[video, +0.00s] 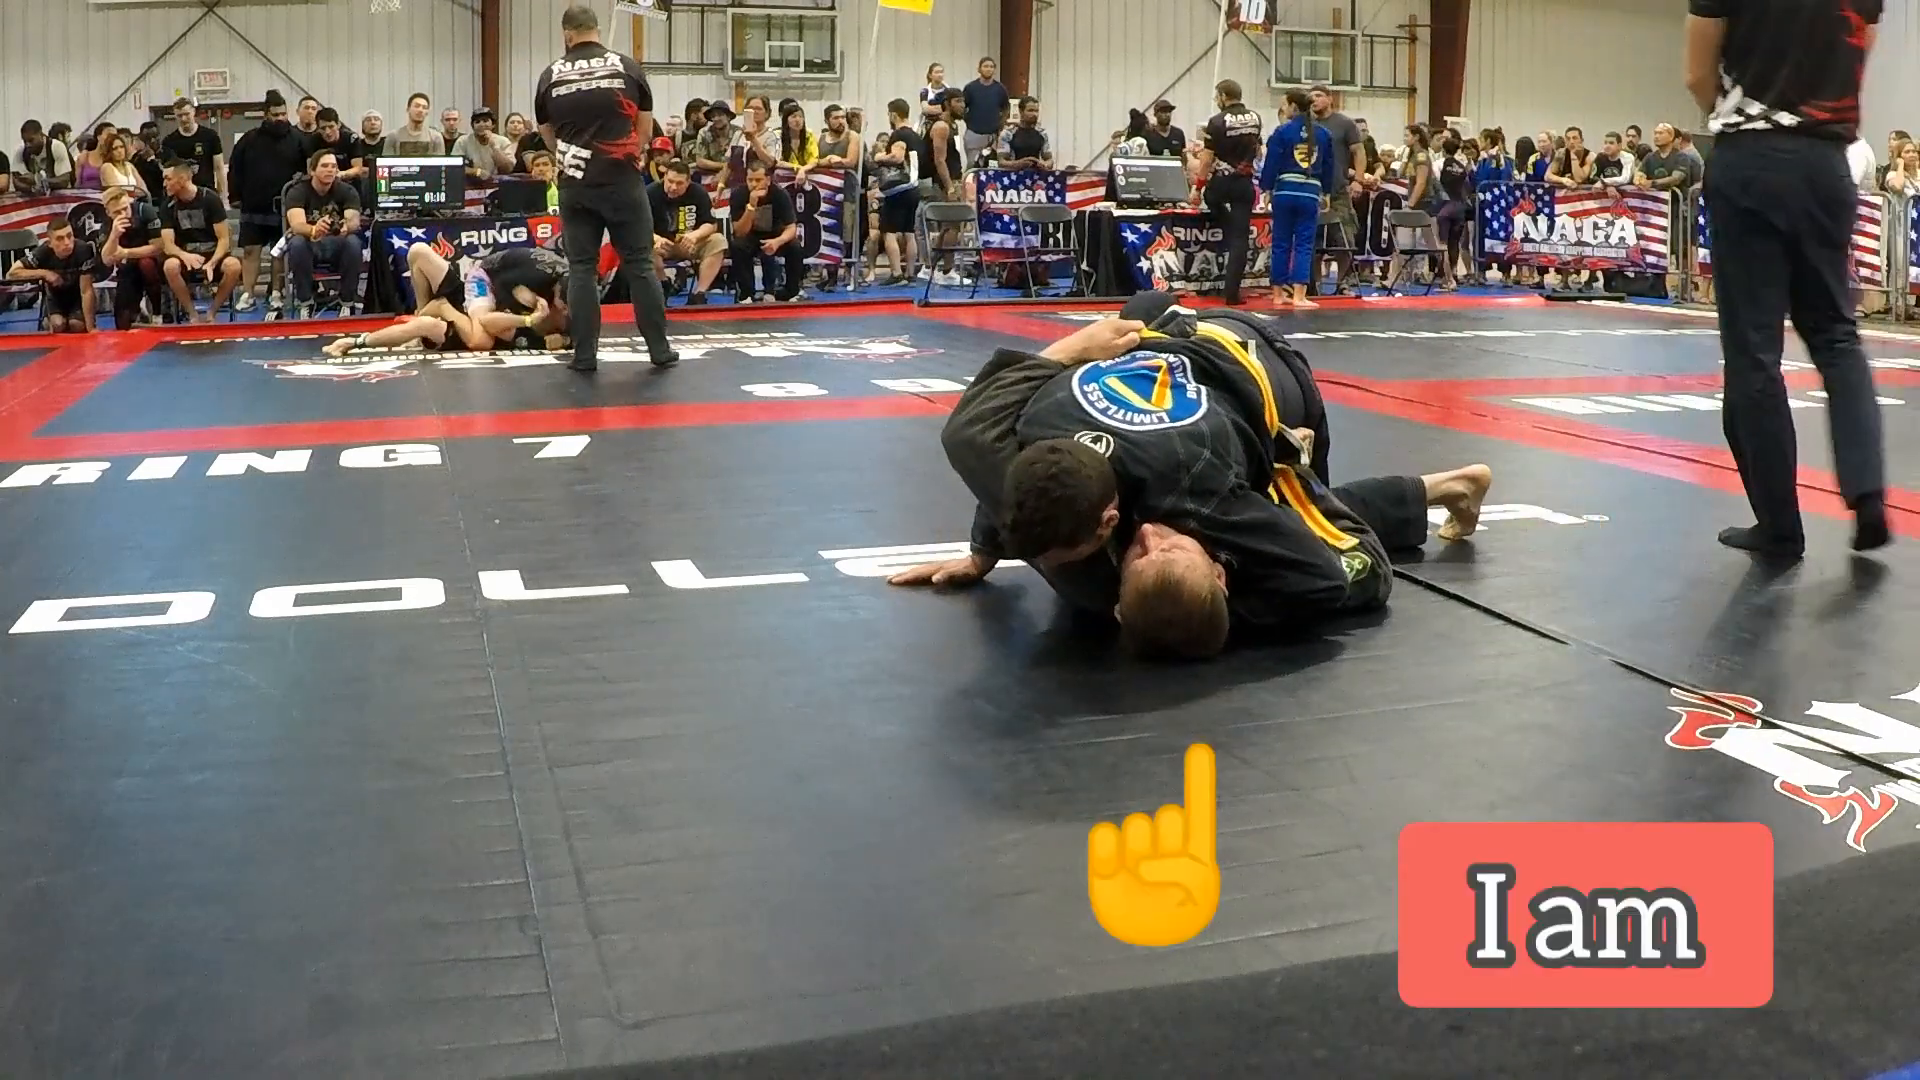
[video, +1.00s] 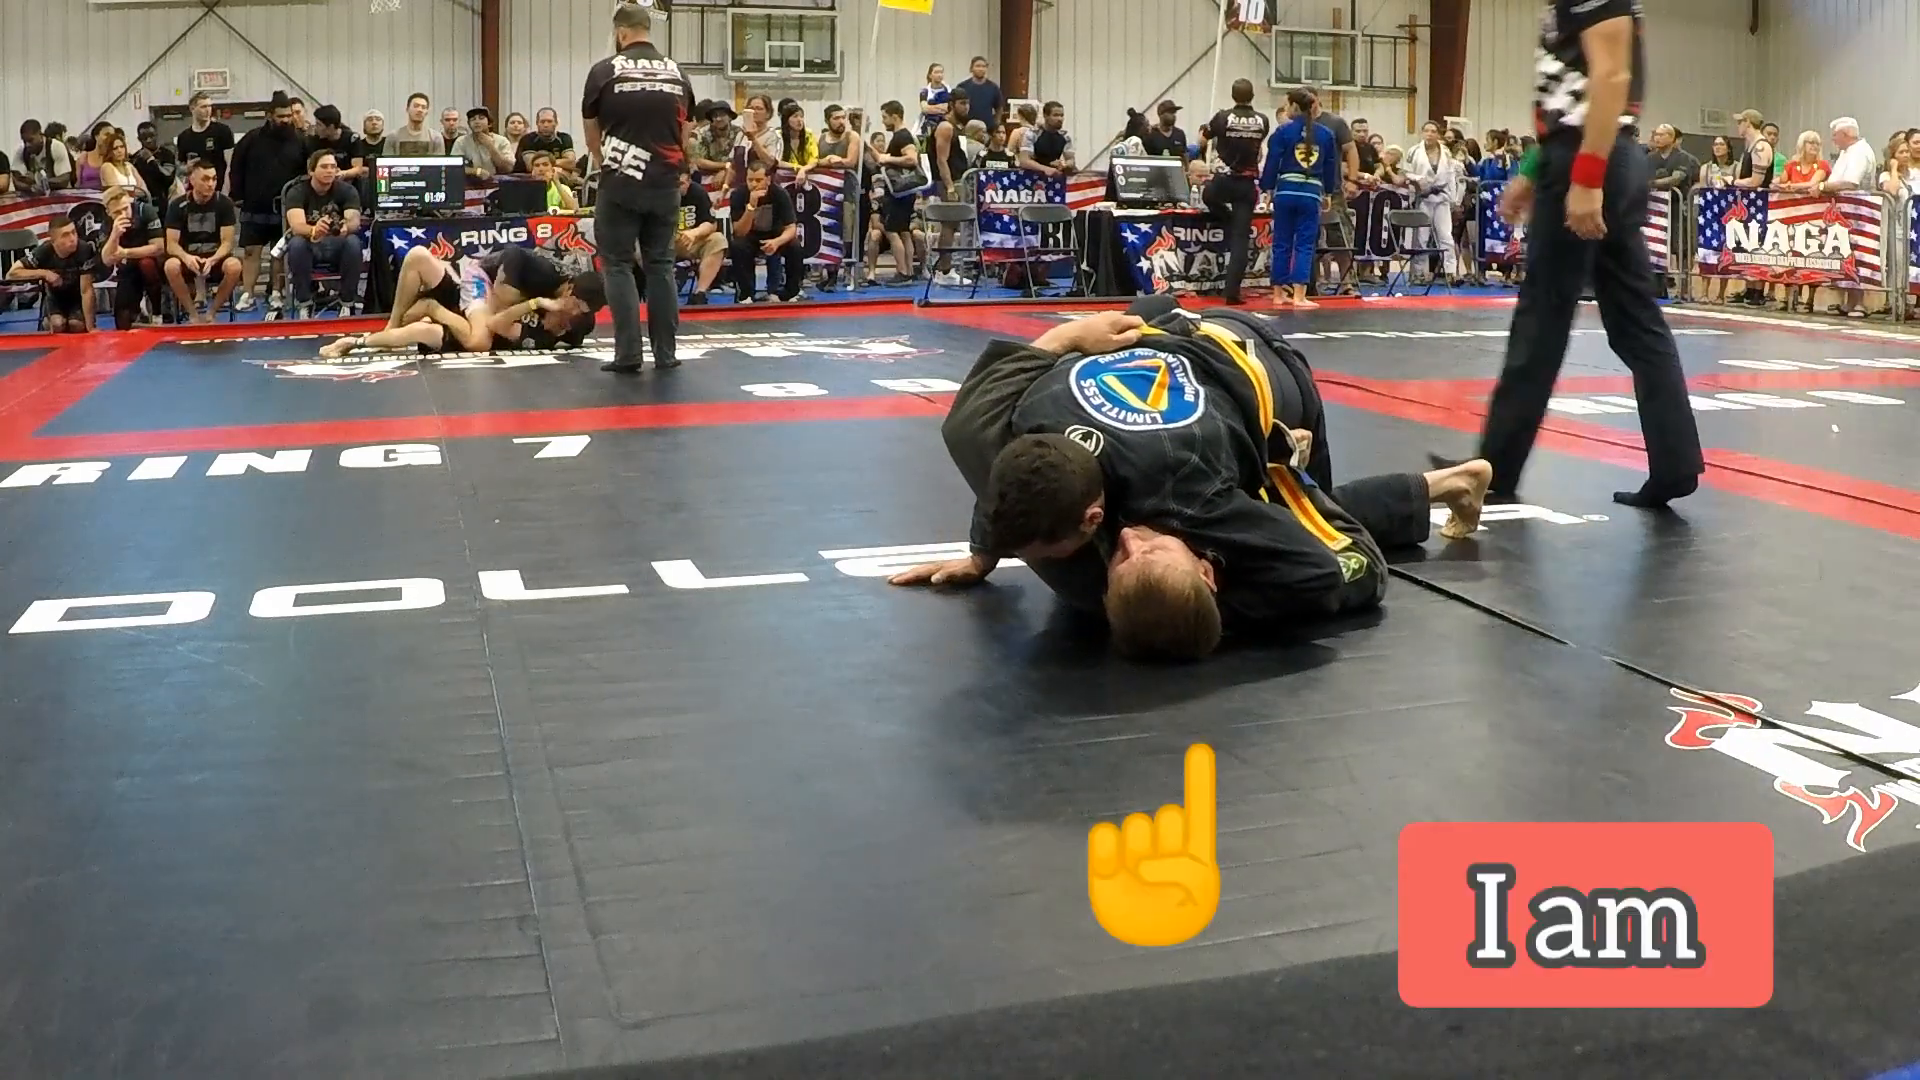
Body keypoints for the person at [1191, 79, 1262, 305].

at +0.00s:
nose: (1216, 99)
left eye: (1217, 96)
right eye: (1217, 96)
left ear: (1222, 97)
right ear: (1239, 96)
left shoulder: (1216, 122)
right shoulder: (1255, 118)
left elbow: (1208, 159)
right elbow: (1256, 149)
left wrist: (1198, 186)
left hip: (1220, 179)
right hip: (1245, 181)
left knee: (1212, 200)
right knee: (1239, 238)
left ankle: (1231, 228)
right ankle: (1232, 293)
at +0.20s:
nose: (1220, 99)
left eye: (1221, 96)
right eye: (1221, 95)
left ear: (1226, 97)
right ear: (1242, 96)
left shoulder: (1219, 120)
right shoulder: (1257, 119)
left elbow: (1210, 157)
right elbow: (1255, 149)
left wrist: (1203, 183)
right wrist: (1247, 168)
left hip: (1221, 178)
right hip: (1244, 181)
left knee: (1213, 199)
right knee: (1239, 238)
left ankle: (1231, 233)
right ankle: (1231, 292)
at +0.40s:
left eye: (1232, 93)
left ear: (1230, 96)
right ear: (1249, 96)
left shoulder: (1220, 119)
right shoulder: (1260, 120)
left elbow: (1210, 159)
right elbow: (1257, 150)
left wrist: (1199, 172)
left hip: (1221, 179)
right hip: (1244, 182)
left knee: (1212, 196)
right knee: (1239, 239)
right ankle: (1231, 293)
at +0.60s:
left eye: (1235, 94)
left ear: (1232, 97)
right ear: (1252, 98)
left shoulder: (1221, 120)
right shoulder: (1261, 122)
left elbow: (1210, 154)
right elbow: (1259, 152)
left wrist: (1200, 172)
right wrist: (1247, 164)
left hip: (1220, 178)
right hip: (1244, 182)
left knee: (1206, 197)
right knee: (1239, 239)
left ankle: (1228, 221)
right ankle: (1231, 292)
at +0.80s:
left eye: (1231, 95)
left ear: (1230, 97)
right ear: (1250, 97)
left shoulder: (1221, 120)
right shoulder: (1261, 120)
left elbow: (1209, 148)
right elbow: (1258, 147)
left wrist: (1206, 136)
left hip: (1224, 180)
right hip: (1247, 183)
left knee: (1206, 197)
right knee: (1240, 239)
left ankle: (1230, 223)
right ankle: (1232, 293)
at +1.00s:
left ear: (1233, 96)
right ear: (1252, 97)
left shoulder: (1222, 117)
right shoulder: (1262, 120)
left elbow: (1207, 134)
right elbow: (1259, 141)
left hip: (1224, 179)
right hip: (1248, 182)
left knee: (1209, 197)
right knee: (1240, 239)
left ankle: (1230, 221)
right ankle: (1232, 293)